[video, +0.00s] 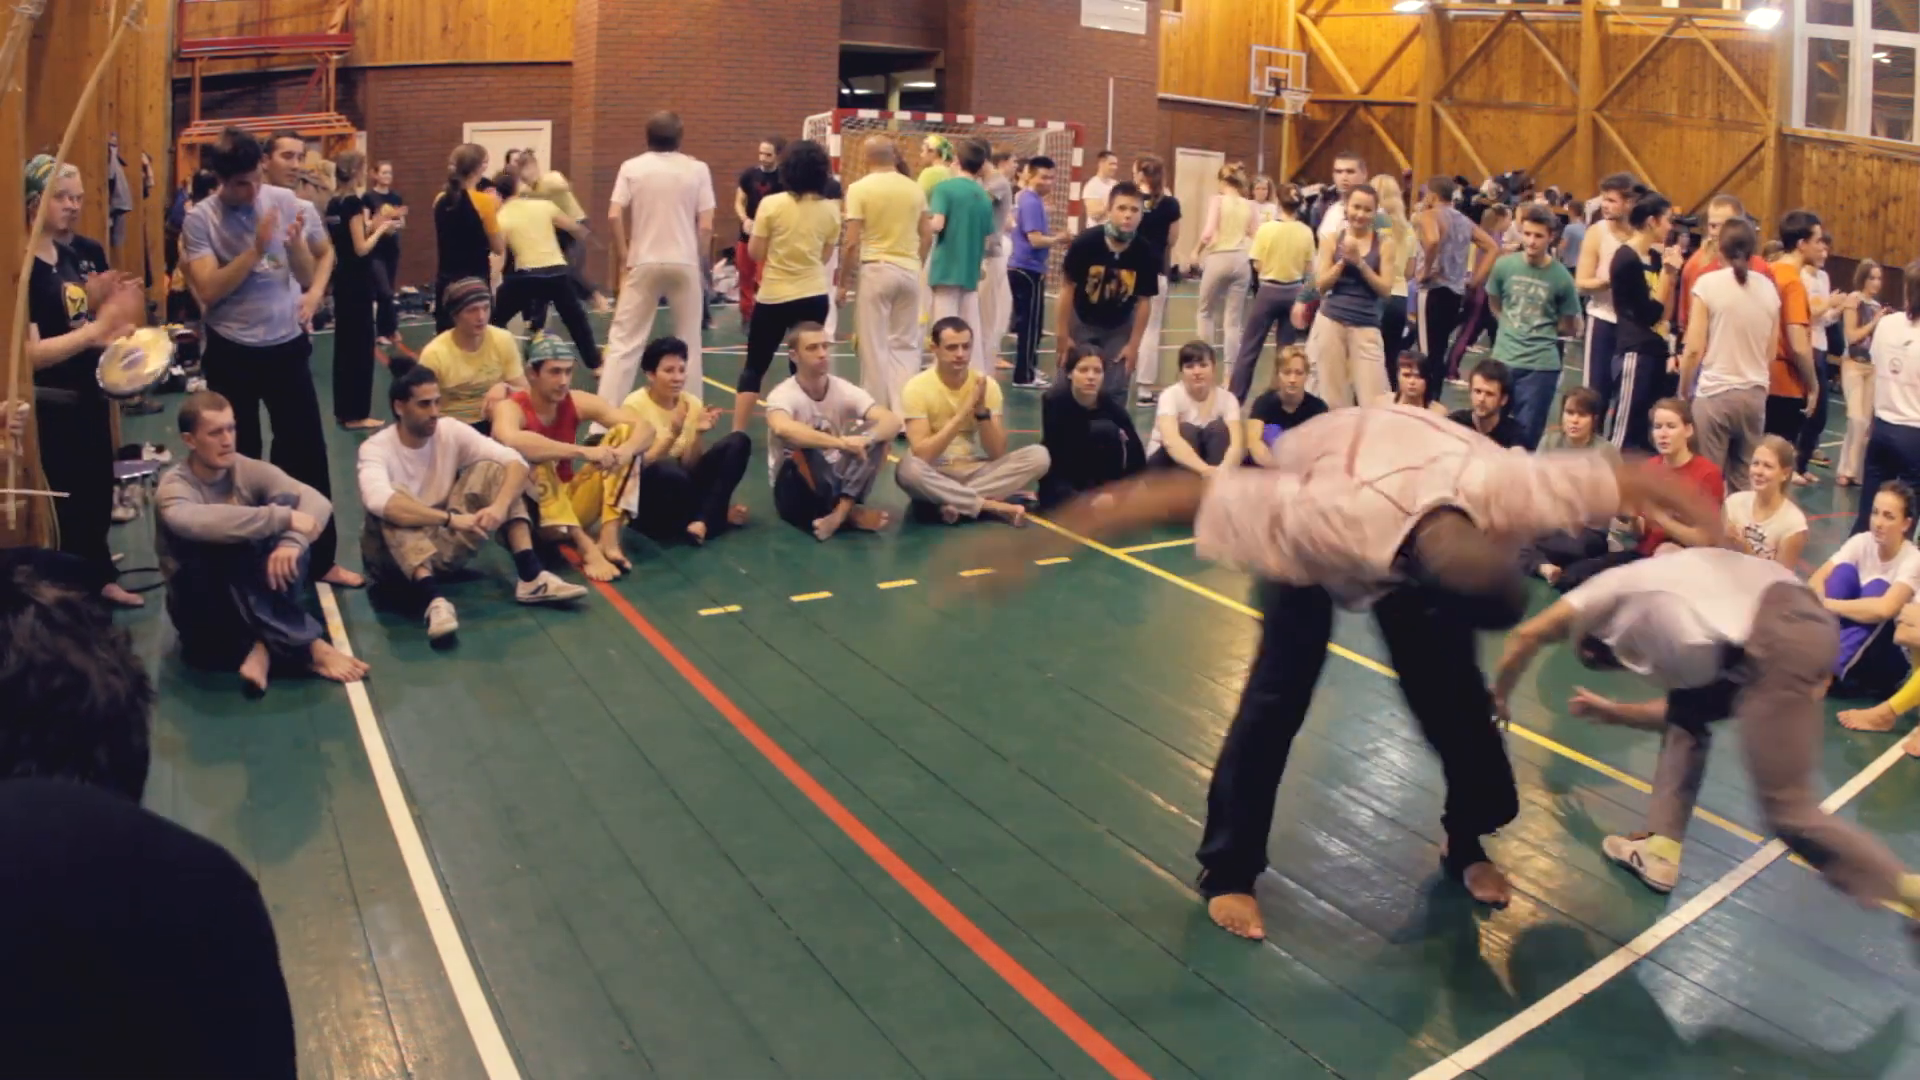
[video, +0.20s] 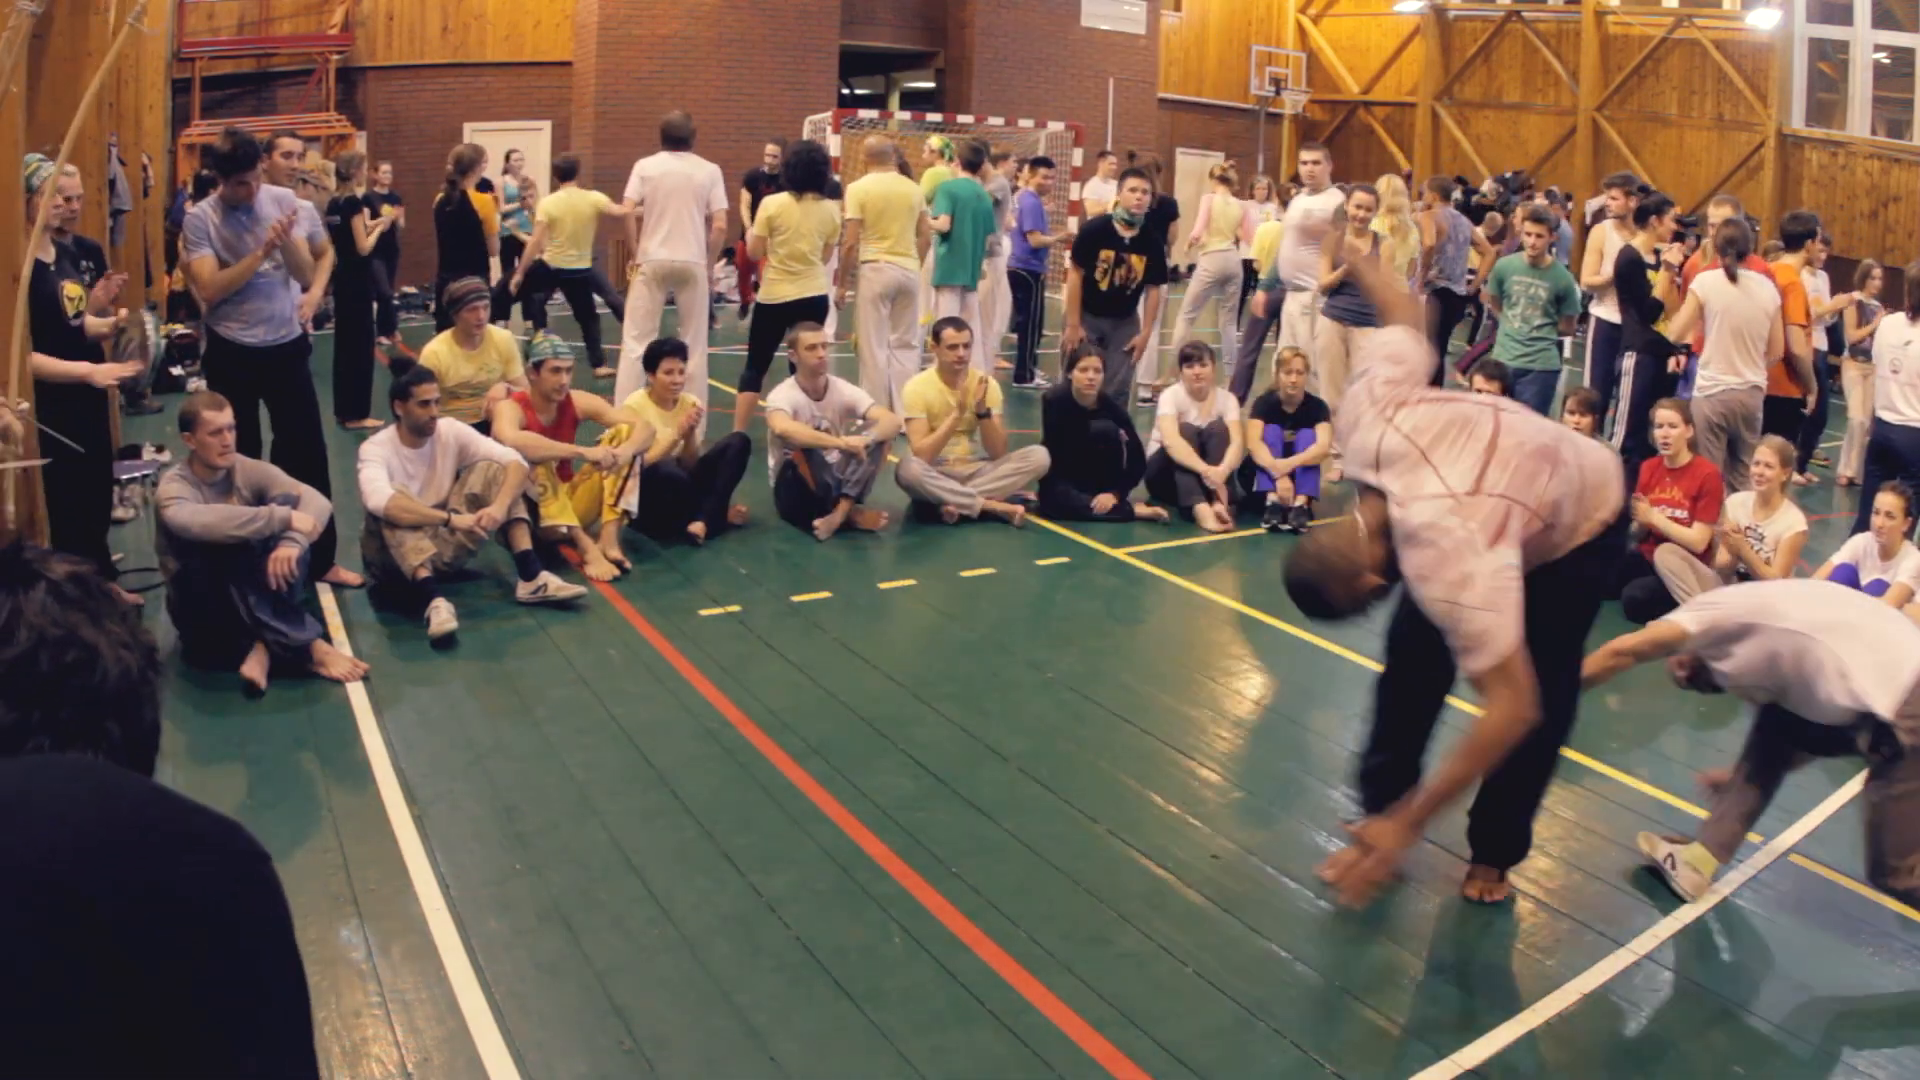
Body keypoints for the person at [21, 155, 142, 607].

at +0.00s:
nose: (73, 205)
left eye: (78, 197)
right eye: (62, 197)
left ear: (84, 200)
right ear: (36, 200)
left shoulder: (89, 253)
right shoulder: (21, 264)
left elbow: (107, 322)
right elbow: (30, 353)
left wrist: (111, 309)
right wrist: (95, 331)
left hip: (92, 390)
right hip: (52, 396)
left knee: (99, 487)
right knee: (69, 490)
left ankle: (102, 576)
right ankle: (75, 580)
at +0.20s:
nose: (72, 207)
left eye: (77, 198)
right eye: (61, 198)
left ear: (83, 201)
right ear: (34, 202)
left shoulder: (73, 257)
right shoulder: (19, 264)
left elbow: (76, 323)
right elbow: (19, 357)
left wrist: (109, 324)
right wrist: (87, 370)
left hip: (87, 396)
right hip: (50, 402)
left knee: (97, 489)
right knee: (67, 495)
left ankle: (101, 578)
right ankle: (72, 587)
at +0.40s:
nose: (62, 212)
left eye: (65, 202)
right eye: (51, 203)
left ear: (70, 203)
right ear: (27, 208)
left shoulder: (65, 261)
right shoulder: (14, 273)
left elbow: (75, 321)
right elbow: (20, 367)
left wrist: (106, 333)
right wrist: (91, 372)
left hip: (85, 404)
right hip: (48, 413)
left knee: (97, 512)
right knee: (68, 517)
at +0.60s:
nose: (61, 206)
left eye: (66, 198)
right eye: (51, 197)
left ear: (72, 201)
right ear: (28, 201)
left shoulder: (64, 254)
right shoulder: (16, 265)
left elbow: (69, 318)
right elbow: (15, 359)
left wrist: (99, 332)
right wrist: (83, 356)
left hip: (83, 391)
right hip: (45, 400)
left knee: (96, 495)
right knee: (64, 502)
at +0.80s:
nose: (67, 208)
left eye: (70, 199)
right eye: (55, 199)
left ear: (75, 201)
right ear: (27, 205)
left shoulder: (67, 260)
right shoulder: (14, 266)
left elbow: (68, 324)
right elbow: (11, 361)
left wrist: (100, 342)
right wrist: (81, 371)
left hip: (83, 405)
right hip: (44, 410)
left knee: (94, 513)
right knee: (60, 518)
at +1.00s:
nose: (59, 208)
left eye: (64, 198)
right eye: (47, 199)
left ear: (69, 200)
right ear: (21, 205)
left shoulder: (69, 259)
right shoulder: (19, 266)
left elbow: (78, 328)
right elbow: (30, 355)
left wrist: (105, 307)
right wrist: (94, 340)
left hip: (86, 391)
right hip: (49, 398)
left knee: (99, 497)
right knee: (69, 502)